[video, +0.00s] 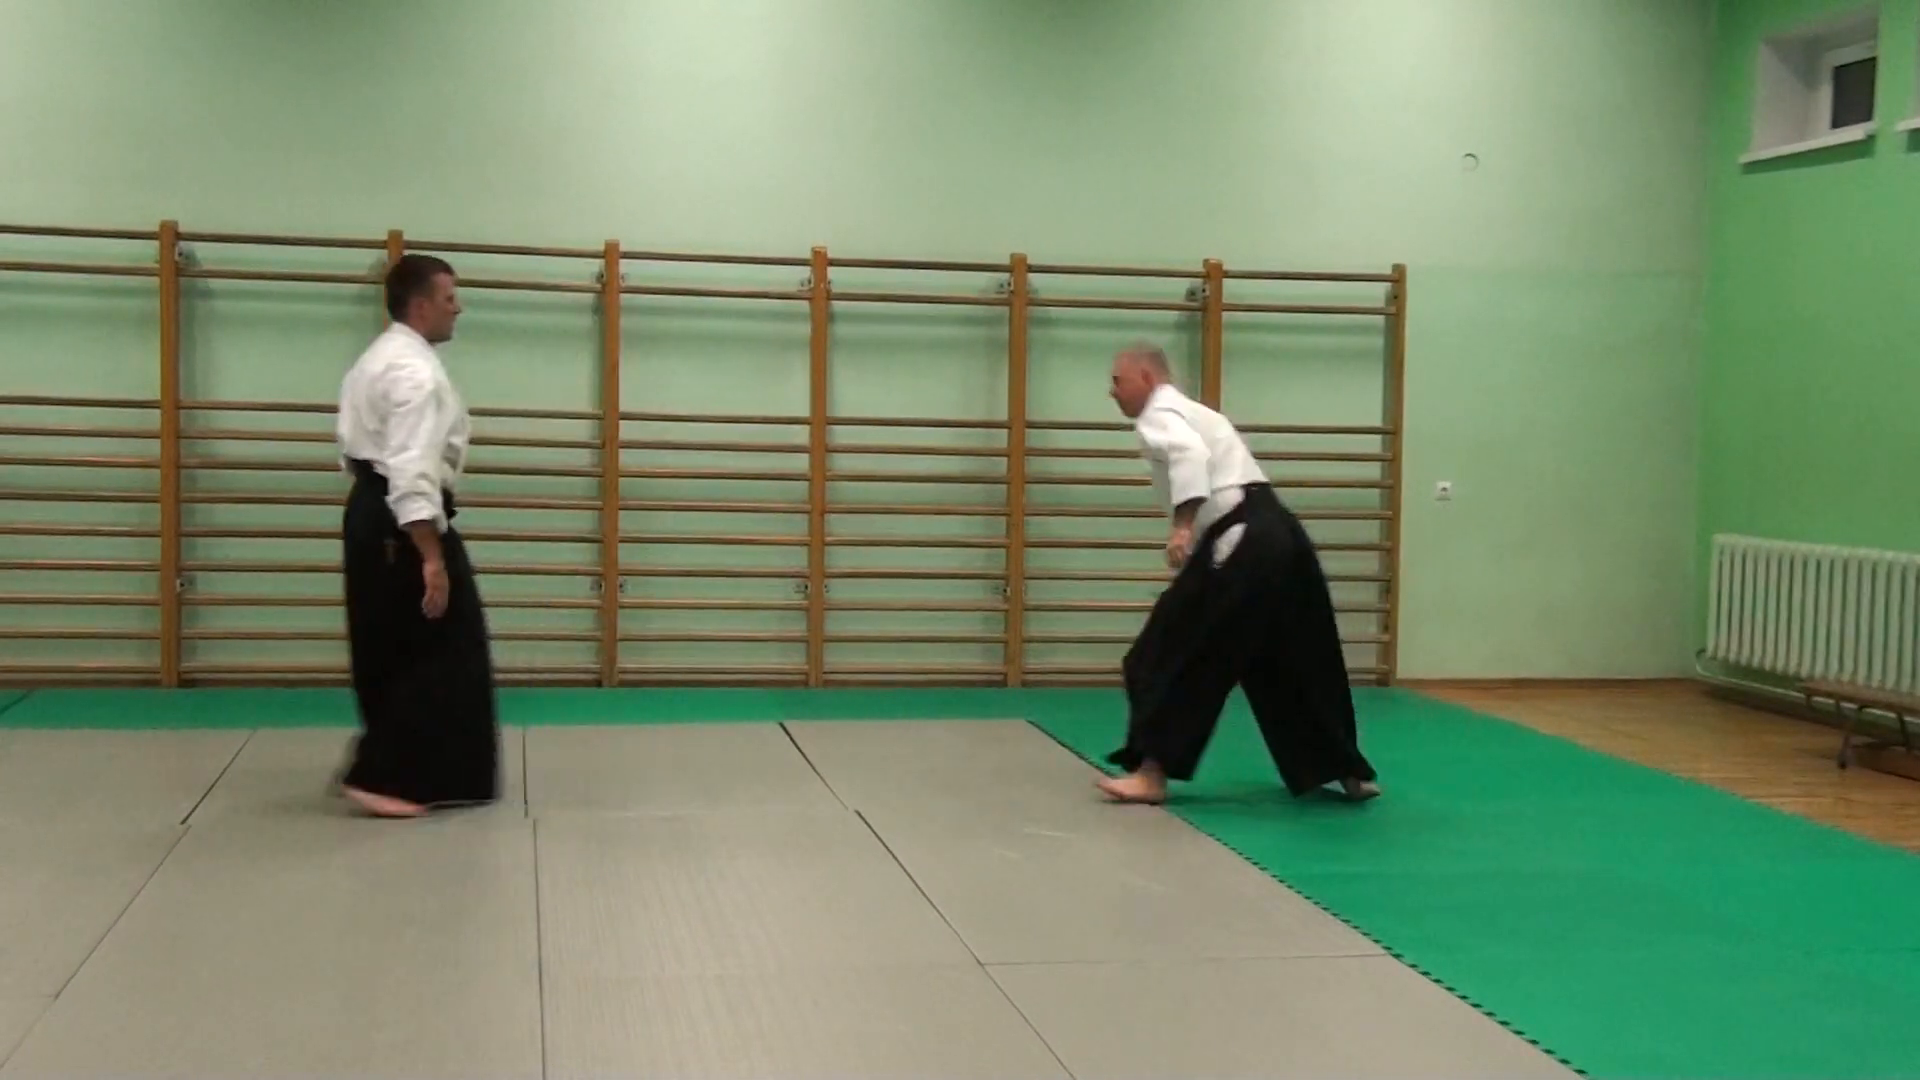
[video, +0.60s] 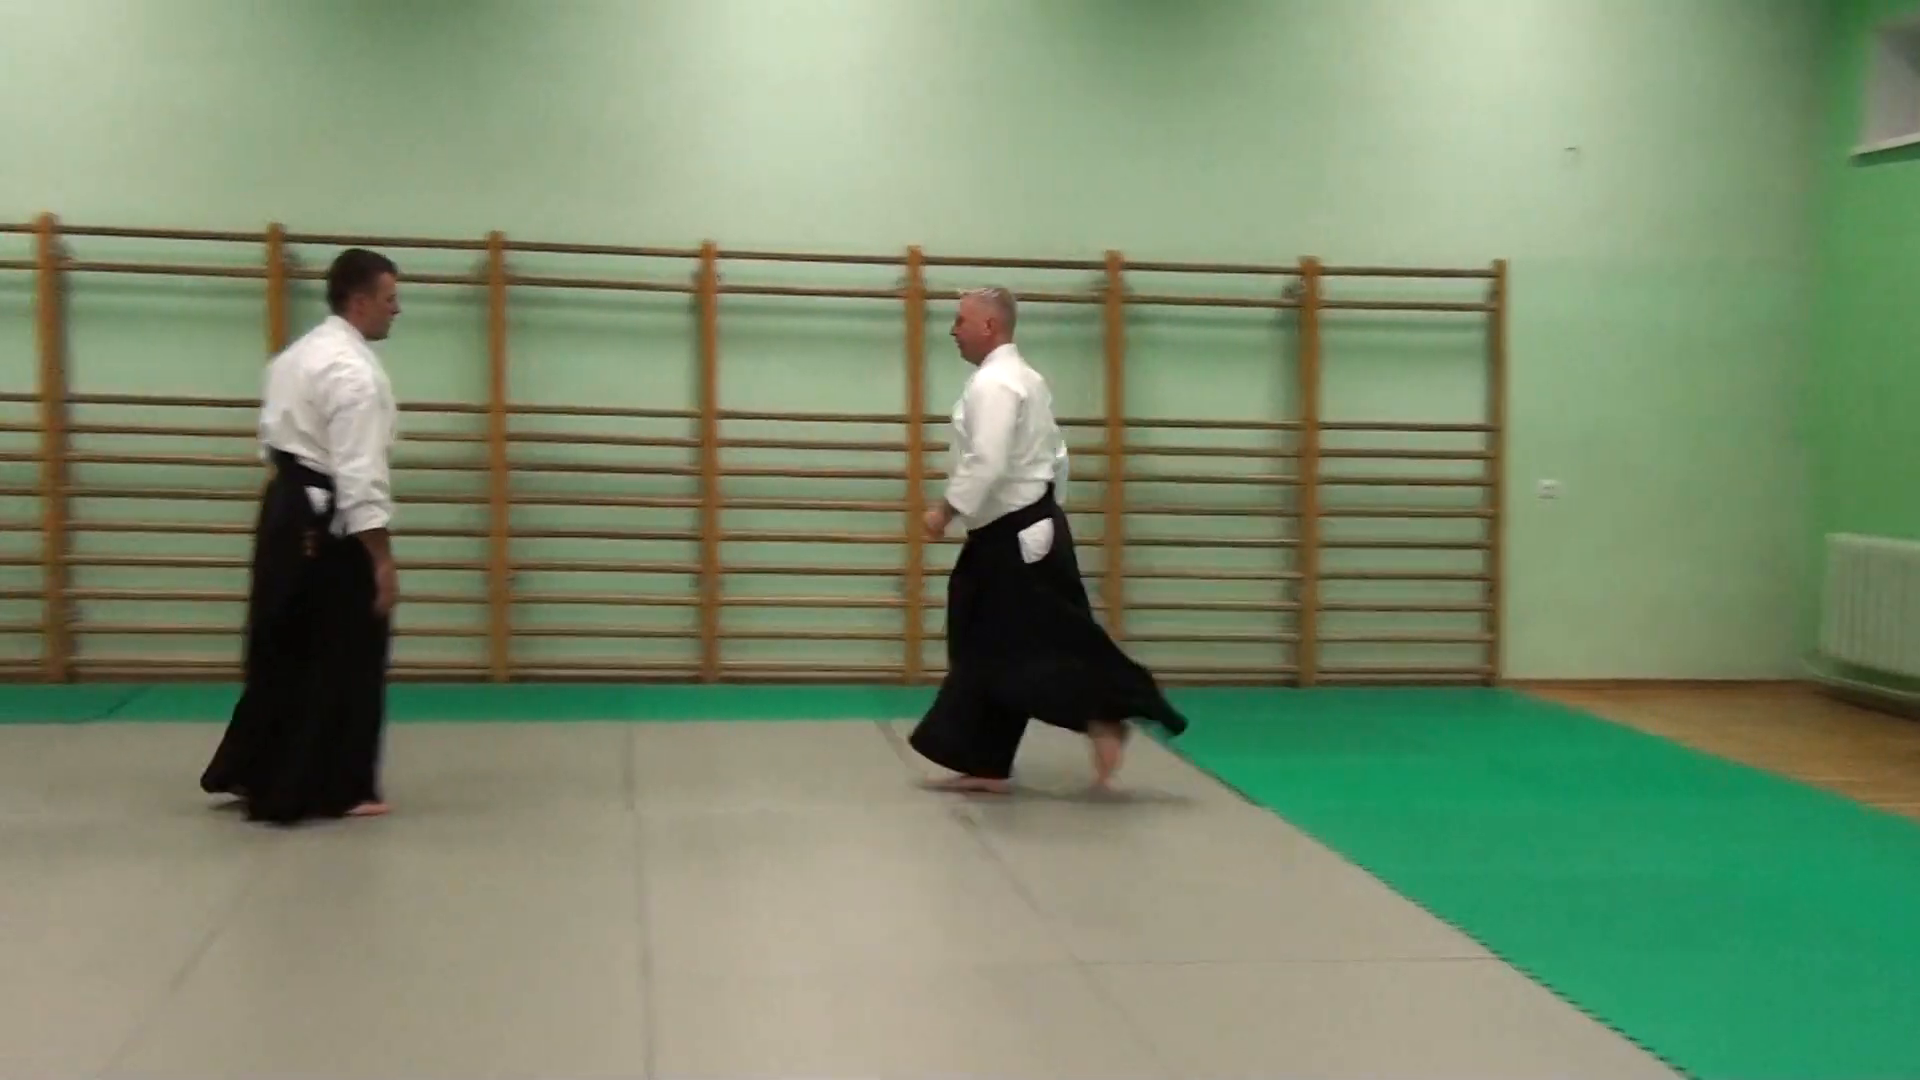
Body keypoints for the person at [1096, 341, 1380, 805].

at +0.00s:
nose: (1113, 391)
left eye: (1118, 381)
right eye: (1112, 382)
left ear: (1145, 377)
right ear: (1153, 378)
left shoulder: (1156, 413)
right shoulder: (1195, 409)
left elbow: (1190, 453)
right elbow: (1233, 466)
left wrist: (1182, 526)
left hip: (1242, 542)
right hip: (1284, 535)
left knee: (1166, 655)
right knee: (1304, 657)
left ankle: (1149, 775)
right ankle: (1352, 770)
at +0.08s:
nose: (1080, 375)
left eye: (1087, 365)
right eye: (1080, 365)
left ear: (1115, 363)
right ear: (1124, 365)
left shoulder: (1122, 408)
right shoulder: (1167, 399)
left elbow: (1161, 450)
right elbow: (1201, 457)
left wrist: (1168, 525)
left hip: (1201, 535)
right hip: (1238, 527)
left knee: (1151, 650)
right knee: (1275, 649)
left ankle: (1146, 780)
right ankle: (1341, 757)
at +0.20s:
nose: (1033, 362)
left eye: (1039, 352)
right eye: (1034, 353)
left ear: (1069, 352)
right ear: (1074, 353)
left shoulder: (1077, 408)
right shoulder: (1118, 394)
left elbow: (1103, 480)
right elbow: (1148, 467)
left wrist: (1110, 555)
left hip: (1147, 541)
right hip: (1175, 530)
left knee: (1130, 661)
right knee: (1196, 649)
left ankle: (1140, 781)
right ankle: (1271, 735)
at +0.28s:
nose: (1003, 358)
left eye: (1010, 347)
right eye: (1004, 347)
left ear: (1042, 349)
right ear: (1047, 350)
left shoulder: (1047, 407)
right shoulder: (1087, 391)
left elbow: (1055, 488)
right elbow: (1103, 468)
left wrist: (1048, 557)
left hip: (1108, 548)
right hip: (1136, 534)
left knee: (1098, 662)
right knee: (1131, 656)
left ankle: (1137, 779)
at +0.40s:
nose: (959, 342)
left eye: (966, 333)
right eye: (961, 332)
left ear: (995, 335)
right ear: (999, 338)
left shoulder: (1000, 395)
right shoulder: (1043, 383)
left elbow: (991, 476)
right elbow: (1083, 452)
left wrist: (956, 533)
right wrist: (1084, 509)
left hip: (1050, 542)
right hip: (1072, 530)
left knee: (1086, 655)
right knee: (993, 636)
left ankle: (1139, 769)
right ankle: (991, 757)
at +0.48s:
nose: (945, 335)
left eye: (951, 325)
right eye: (946, 325)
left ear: (981, 328)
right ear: (988, 329)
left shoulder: (984, 386)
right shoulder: (1028, 377)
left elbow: (971, 464)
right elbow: (1067, 452)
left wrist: (935, 508)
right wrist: (1055, 506)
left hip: (1017, 537)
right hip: (1038, 527)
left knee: (1081, 645)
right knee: (971, 642)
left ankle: (1148, 751)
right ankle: (933, 758)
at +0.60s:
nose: (954, 330)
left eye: (960, 321)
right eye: (956, 321)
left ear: (988, 325)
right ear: (995, 326)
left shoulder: (992, 384)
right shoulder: (1026, 377)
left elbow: (986, 461)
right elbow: (1056, 454)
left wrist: (947, 508)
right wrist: (1048, 509)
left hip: (1006, 535)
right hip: (1037, 526)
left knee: (992, 645)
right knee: (1040, 641)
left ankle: (985, 765)